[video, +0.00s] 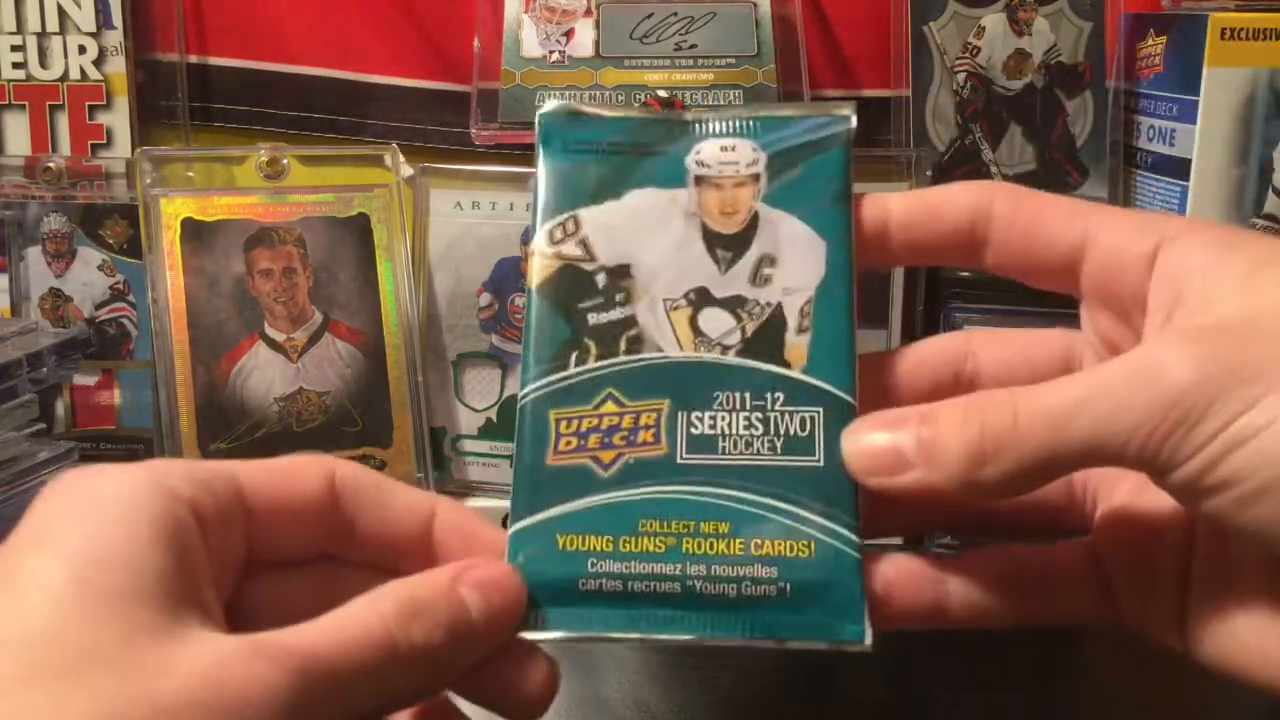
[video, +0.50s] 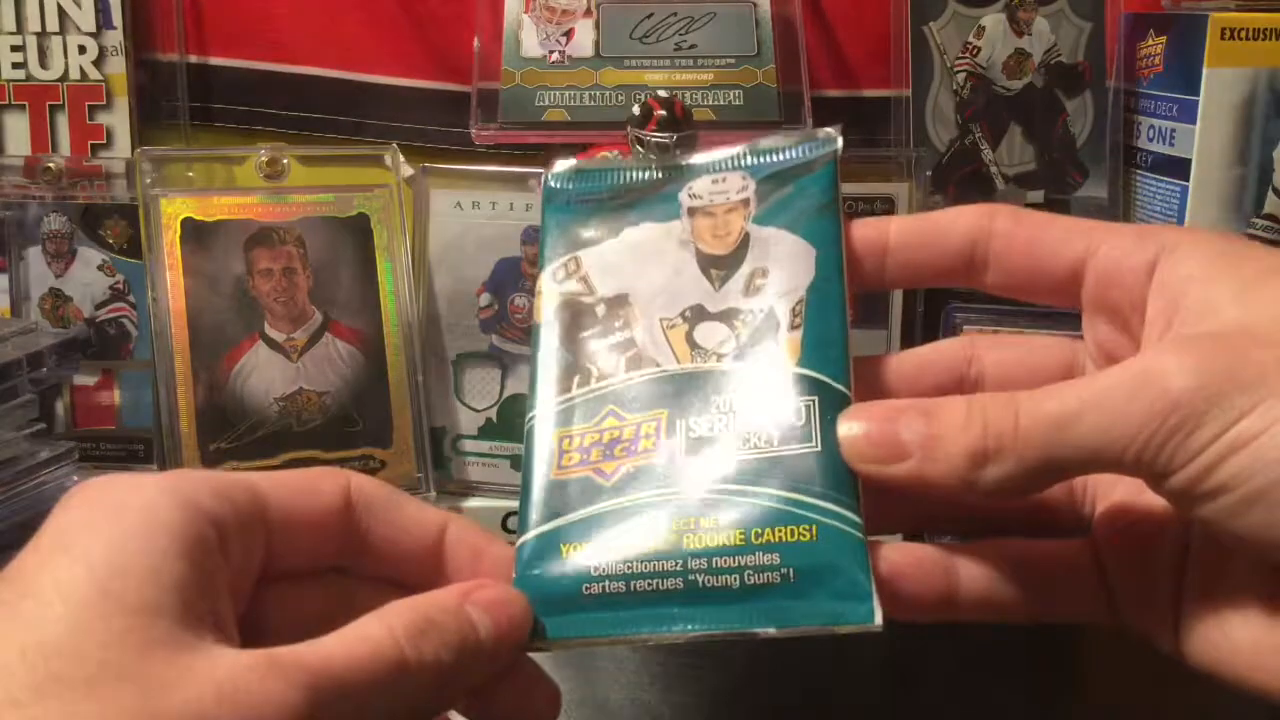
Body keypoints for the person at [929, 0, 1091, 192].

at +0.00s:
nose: (1030, 16)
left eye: (1033, 10)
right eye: (1024, 10)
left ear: (1037, 10)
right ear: (1011, 11)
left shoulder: (1041, 27)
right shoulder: (991, 26)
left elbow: (1053, 63)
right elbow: (965, 63)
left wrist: (1071, 76)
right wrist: (971, 100)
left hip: (1025, 92)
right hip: (992, 93)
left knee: (1054, 121)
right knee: (983, 137)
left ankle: (1062, 176)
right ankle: (944, 177)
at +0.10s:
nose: (1030, 16)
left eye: (1034, 10)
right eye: (1024, 10)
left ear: (1037, 10)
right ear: (1010, 10)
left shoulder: (1041, 27)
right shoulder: (991, 26)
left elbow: (1052, 63)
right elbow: (965, 63)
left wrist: (1071, 76)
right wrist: (972, 99)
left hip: (1025, 92)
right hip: (992, 93)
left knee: (1054, 121)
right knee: (983, 136)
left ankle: (1063, 175)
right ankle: (944, 177)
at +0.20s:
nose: (1030, 16)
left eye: (1034, 10)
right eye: (1024, 10)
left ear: (1037, 10)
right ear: (1010, 10)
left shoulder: (1041, 27)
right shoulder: (991, 26)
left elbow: (1052, 60)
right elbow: (965, 63)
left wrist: (1070, 76)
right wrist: (971, 99)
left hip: (1024, 91)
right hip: (992, 93)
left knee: (1054, 120)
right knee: (982, 136)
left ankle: (1063, 177)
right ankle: (945, 178)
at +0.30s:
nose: (1030, 16)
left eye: (1034, 10)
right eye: (1024, 10)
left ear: (1037, 10)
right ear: (1011, 9)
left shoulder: (1041, 26)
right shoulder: (990, 25)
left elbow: (1051, 58)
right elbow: (965, 63)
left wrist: (1067, 75)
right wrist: (971, 97)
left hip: (1023, 92)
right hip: (991, 92)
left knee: (1054, 121)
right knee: (983, 135)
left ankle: (1060, 183)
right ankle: (947, 179)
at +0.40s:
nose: (1029, 16)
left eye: (1034, 10)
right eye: (1024, 10)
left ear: (1038, 9)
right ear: (1011, 8)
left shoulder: (1041, 27)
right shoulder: (992, 24)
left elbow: (1051, 62)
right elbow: (965, 63)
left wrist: (1068, 75)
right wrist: (971, 95)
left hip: (1025, 93)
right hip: (992, 94)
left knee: (1055, 129)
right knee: (979, 140)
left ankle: (1058, 197)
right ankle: (945, 184)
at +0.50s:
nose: (1030, 16)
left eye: (1034, 10)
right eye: (1024, 10)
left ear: (1037, 10)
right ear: (1011, 8)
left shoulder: (1041, 27)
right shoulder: (991, 25)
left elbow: (1051, 59)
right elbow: (965, 63)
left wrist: (1067, 75)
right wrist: (971, 95)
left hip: (1024, 92)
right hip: (992, 93)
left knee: (1053, 126)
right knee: (980, 140)